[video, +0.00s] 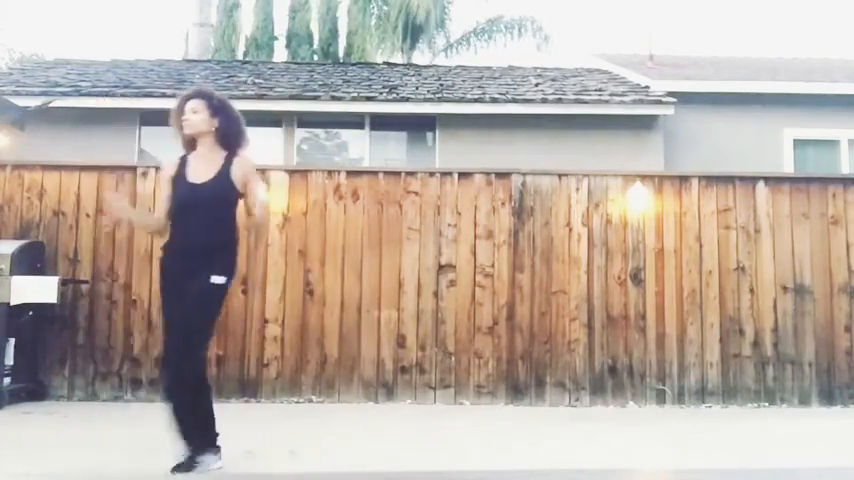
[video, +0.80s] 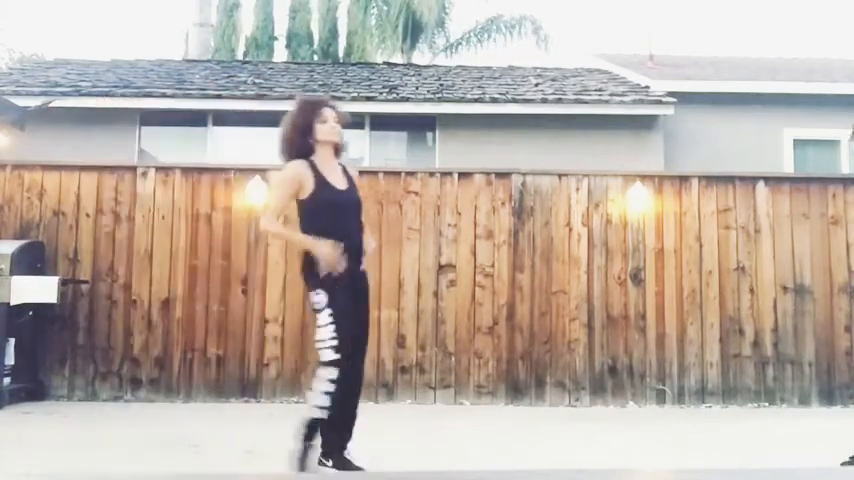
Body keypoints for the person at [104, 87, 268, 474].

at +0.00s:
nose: (188, 118)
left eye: (196, 112)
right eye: (185, 114)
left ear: (217, 118)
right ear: (182, 122)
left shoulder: (238, 163)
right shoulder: (175, 165)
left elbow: (259, 222)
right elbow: (158, 223)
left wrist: (260, 203)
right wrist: (126, 212)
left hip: (215, 264)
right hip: (175, 262)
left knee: (186, 353)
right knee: (177, 355)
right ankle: (198, 447)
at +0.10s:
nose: (203, 122)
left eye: (211, 116)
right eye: (200, 117)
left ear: (230, 123)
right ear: (195, 125)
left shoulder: (252, 168)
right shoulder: (188, 168)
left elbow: (265, 217)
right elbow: (175, 222)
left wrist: (267, 237)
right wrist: (153, 245)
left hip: (226, 273)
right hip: (185, 272)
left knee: (214, 356)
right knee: (187, 359)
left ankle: (240, 439)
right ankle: (204, 445)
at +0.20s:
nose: (219, 123)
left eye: (227, 117)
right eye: (214, 119)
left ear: (244, 124)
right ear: (209, 128)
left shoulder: (267, 171)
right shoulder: (200, 168)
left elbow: (275, 225)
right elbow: (185, 222)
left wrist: (272, 268)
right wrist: (175, 264)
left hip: (243, 274)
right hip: (198, 272)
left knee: (257, 356)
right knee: (195, 358)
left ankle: (278, 443)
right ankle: (206, 446)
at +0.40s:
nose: (268, 123)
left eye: (273, 118)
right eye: (259, 119)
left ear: (282, 128)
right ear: (245, 129)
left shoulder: (295, 170)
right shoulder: (232, 172)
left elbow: (302, 230)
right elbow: (213, 231)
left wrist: (304, 281)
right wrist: (211, 287)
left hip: (281, 277)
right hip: (238, 277)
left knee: (295, 365)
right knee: (219, 362)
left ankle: (324, 446)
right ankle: (207, 447)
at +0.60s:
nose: (308, 125)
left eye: (310, 120)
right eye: (298, 120)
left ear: (314, 128)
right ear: (282, 129)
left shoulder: (324, 173)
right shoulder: (269, 172)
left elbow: (332, 232)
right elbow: (249, 231)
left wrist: (350, 276)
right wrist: (268, 283)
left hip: (329, 279)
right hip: (291, 279)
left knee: (329, 368)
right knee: (263, 363)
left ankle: (331, 451)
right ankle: (223, 442)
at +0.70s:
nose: (323, 125)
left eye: (325, 120)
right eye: (314, 120)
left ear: (328, 128)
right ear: (297, 128)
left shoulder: (335, 170)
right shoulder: (286, 172)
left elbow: (339, 225)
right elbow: (260, 227)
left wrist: (361, 257)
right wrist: (294, 265)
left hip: (344, 275)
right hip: (309, 278)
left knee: (340, 366)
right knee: (295, 367)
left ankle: (333, 451)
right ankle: (255, 442)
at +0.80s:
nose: (335, 125)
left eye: (336, 121)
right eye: (325, 121)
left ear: (340, 128)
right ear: (308, 129)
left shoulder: (344, 168)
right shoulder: (297, 171)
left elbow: (348, 219)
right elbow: (269, 223)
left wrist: (364, 241)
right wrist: (316, 244)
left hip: (355, 274)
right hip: (325, 276)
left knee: (354, 362)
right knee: (336, 361)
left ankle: (336, 448)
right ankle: (310, 437)